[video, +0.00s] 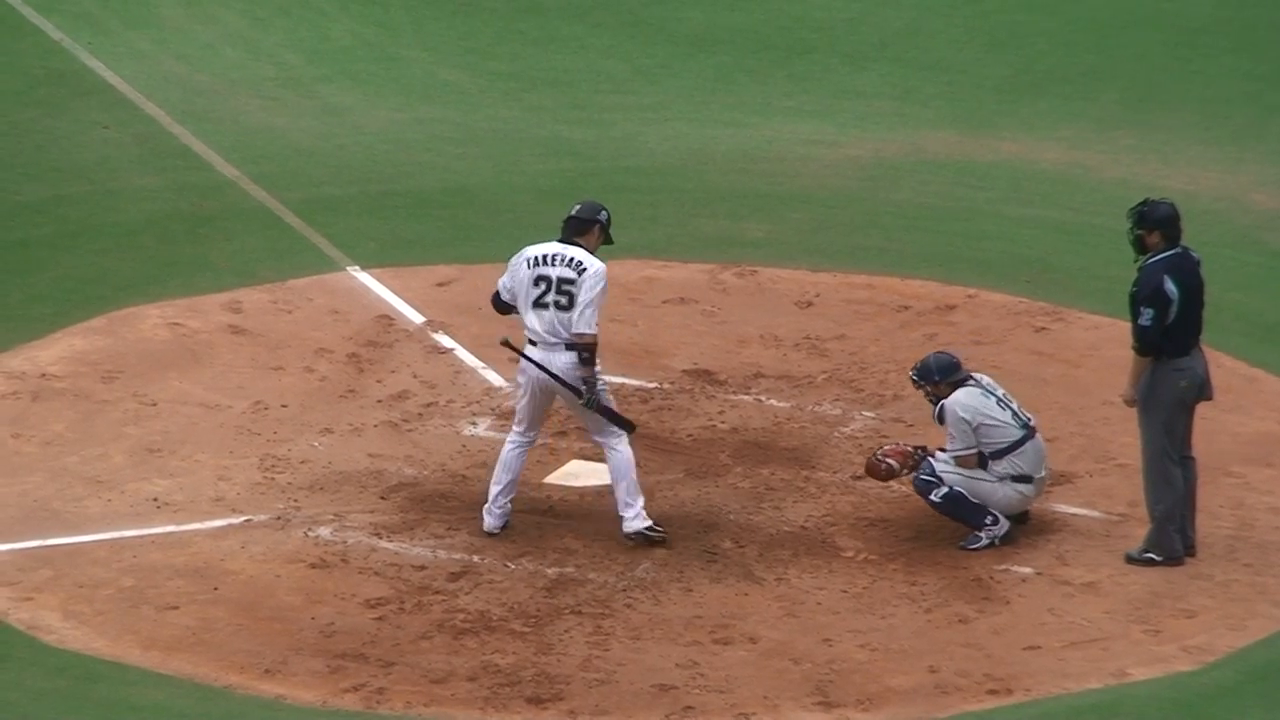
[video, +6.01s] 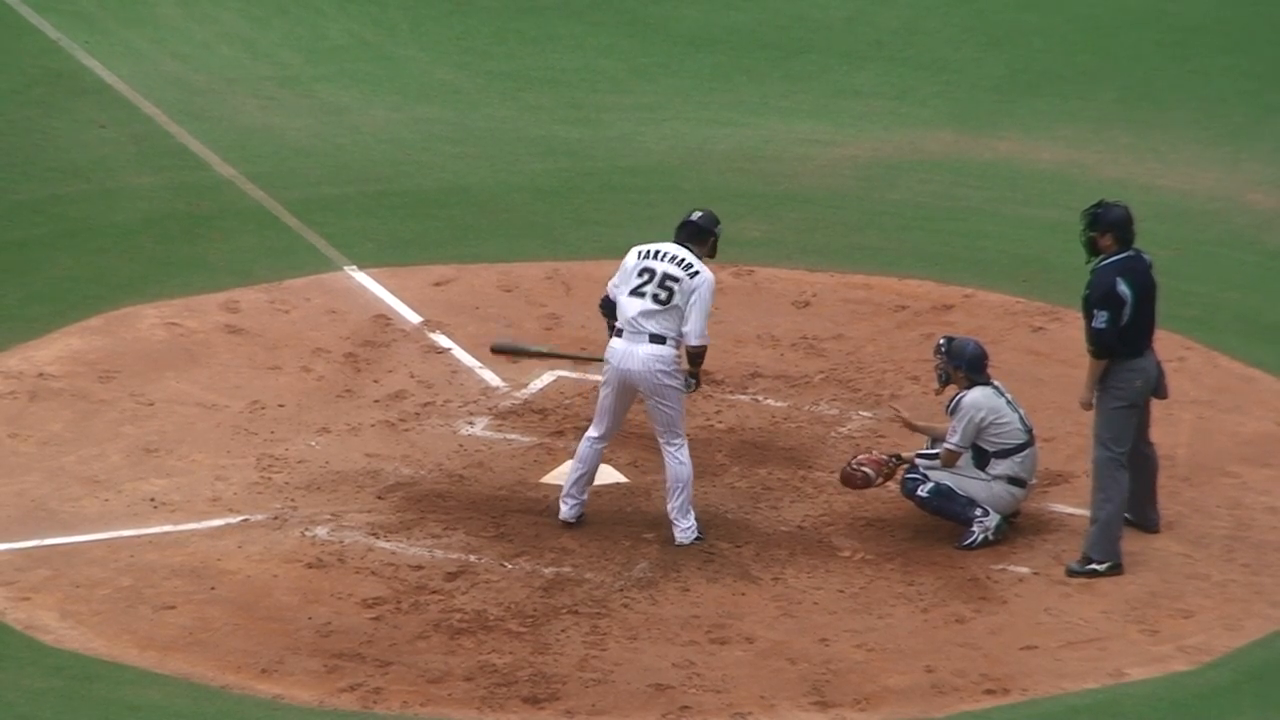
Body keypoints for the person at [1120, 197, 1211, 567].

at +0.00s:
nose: (1136, 235)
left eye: (1141, 230)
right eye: (1138, 228)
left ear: (1154, 236)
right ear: (1169, 232)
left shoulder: (1152, 276)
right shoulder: (1188, 260)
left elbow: (1145, 343)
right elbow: (1189, 321)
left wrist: (1132, 385)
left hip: (1166, 372)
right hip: (1191, 364)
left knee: (1160, 459)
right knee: (1179, 454)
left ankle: (1164, 544)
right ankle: (1181, 535)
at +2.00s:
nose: (1132, 235)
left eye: (1137, 230)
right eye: (1134, 228)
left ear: (1150, 235)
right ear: (1165, 232)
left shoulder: (1148, 275)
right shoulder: (1184, 260)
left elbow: (1141, 342)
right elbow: (1186, 321)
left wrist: (1127, 385)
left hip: (1162, 372)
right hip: (1187, 364)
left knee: (1157, 459)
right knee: (1176, 455)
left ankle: (1161, 544)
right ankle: (1178, 536)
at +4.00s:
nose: (1109, 246)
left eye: (1114, 241)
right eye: (1111, 240)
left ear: (1128, 244)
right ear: (1142, 242)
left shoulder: (1124, 284)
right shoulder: (1161, 270)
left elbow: (1119, 350)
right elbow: (1163, 329)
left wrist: (1108, 392)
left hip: (1140, 382)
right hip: (1166, 374)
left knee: (1113, 463)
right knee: (1160, 457)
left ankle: (1101, 557)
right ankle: (1176, 537)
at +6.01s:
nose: (1090, 237)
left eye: (1094, 232)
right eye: (1092, 230)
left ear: (1107, 238)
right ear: (1122, 235)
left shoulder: (1106, 277)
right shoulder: (1140, 262)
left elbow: (1102, 344)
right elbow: (1142, 321)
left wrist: (1088, 387)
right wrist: (1139, 359)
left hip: (1120, 373)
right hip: (1143, 364)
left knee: (1109, 458)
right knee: (1136, 444)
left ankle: (1102, 553)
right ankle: (1144, 511)